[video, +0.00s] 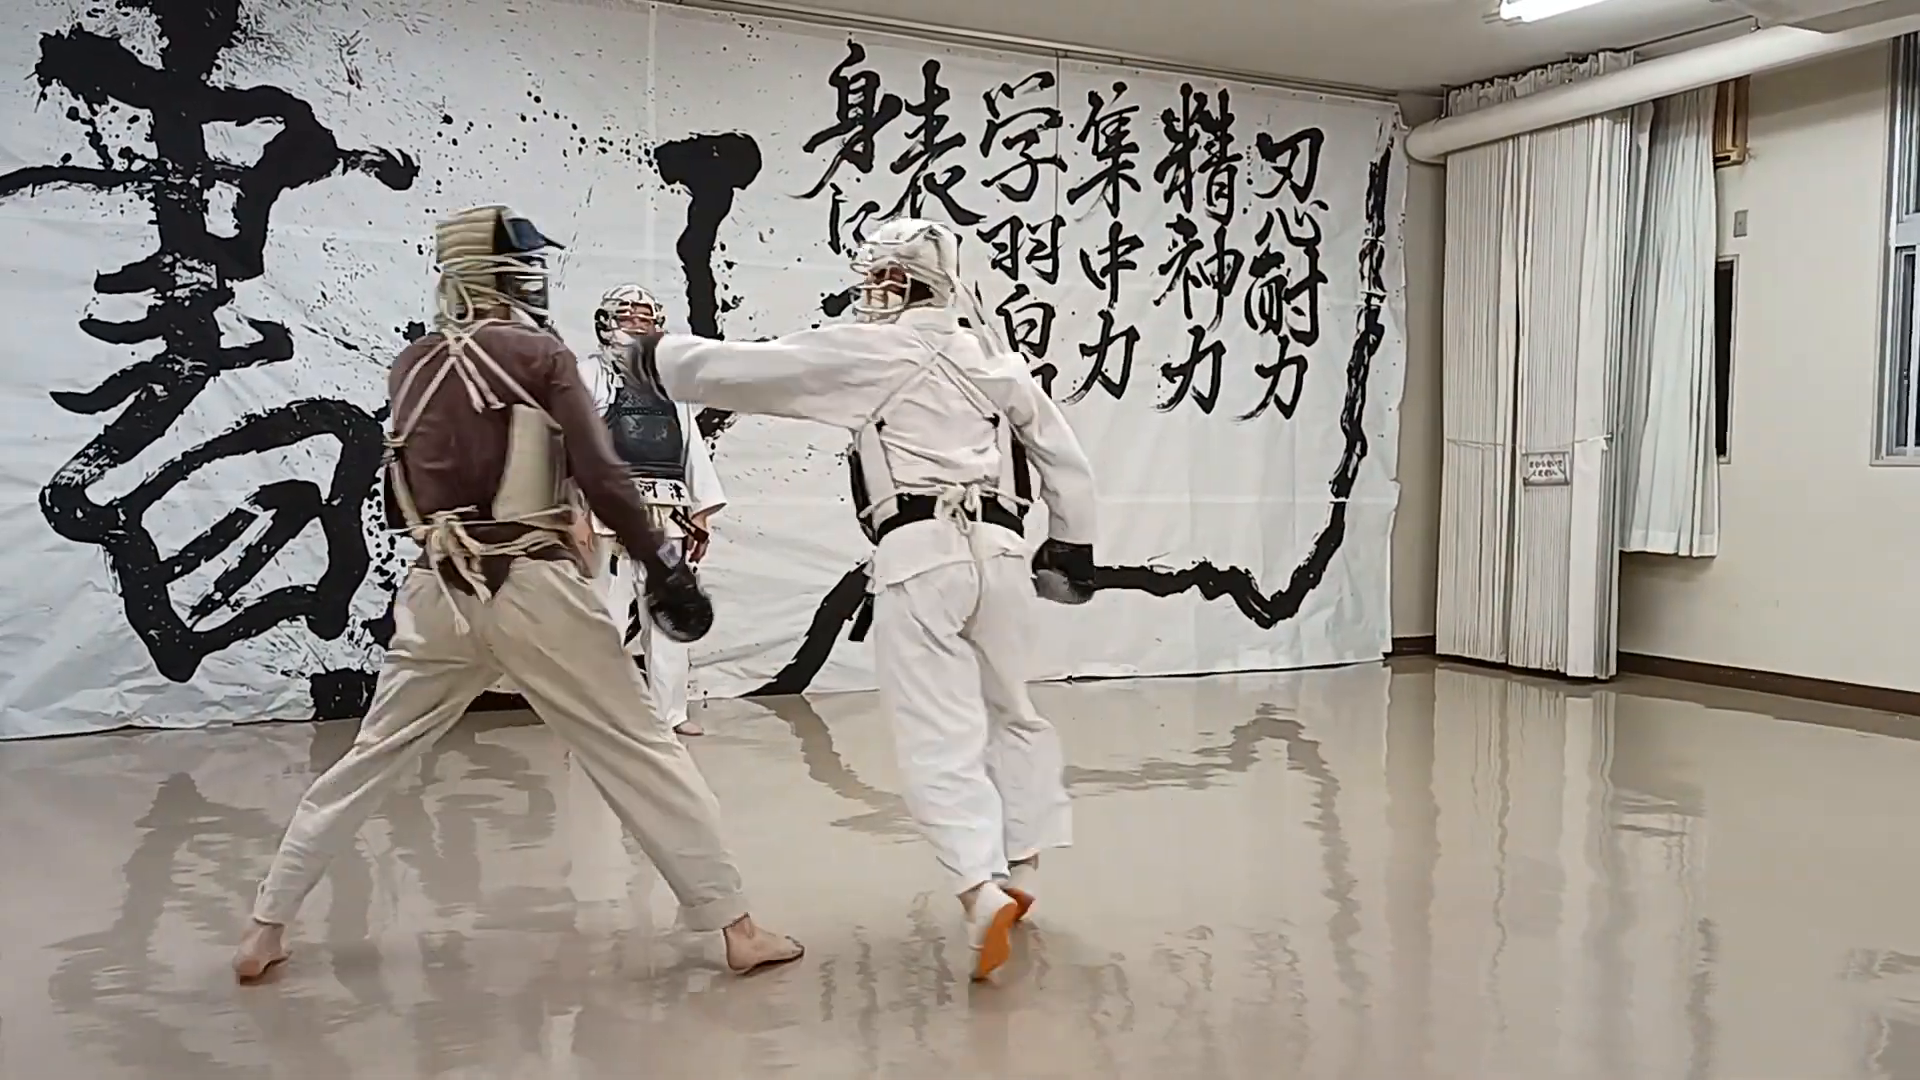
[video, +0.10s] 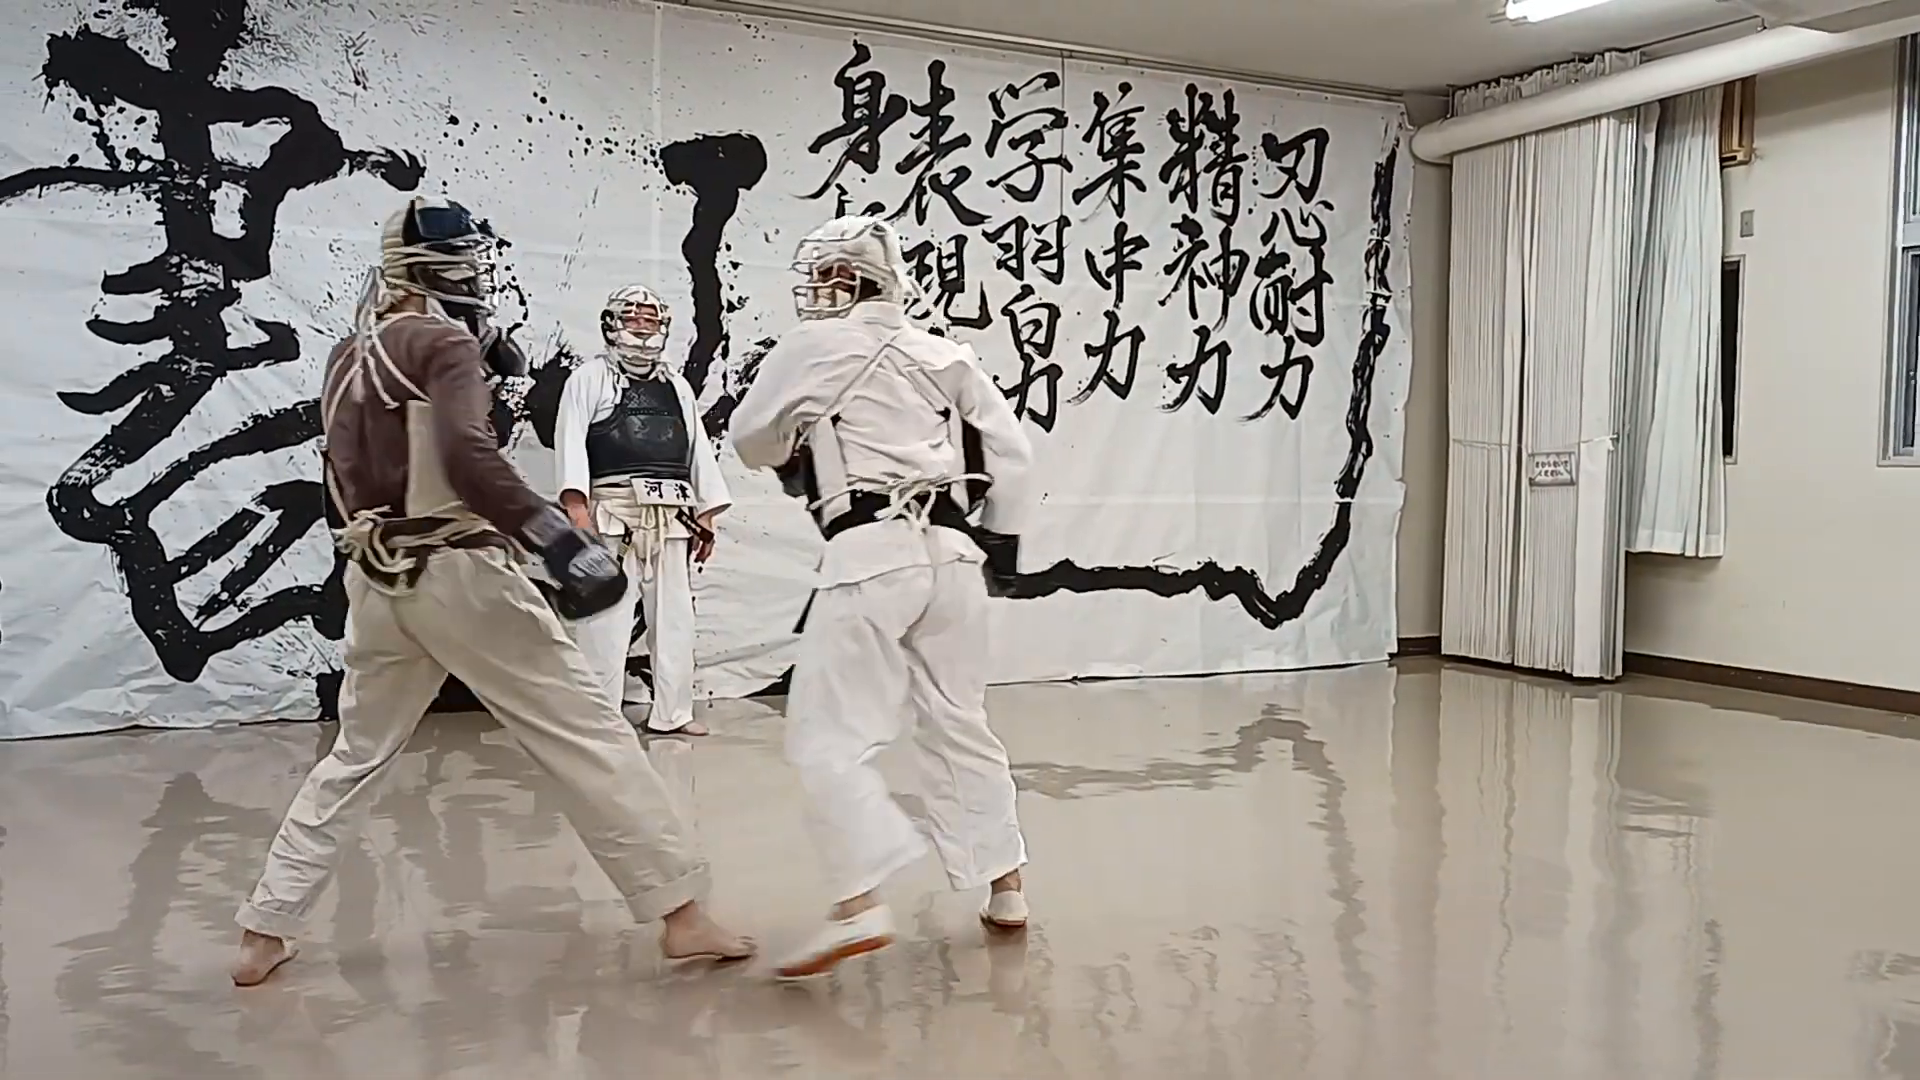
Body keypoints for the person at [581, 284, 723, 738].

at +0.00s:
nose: (636, 320)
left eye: (645, 313)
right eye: (627, 312)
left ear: (659, 324)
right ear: (606, 321)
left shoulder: (670, 375)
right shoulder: (590, 372)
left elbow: (693, 447)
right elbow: (576, 443)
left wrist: (701, 513)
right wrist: (579, 516)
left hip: (668, 513)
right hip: (608, 511)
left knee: (670, 620)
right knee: (605, 620)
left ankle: (672, 713)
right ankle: (592, 711)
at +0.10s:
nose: (640, 322)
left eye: (649, 316)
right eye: (631, 315)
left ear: (660, 324)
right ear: (614, 322)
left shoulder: (676, 382)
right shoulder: (590, 375)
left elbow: (698, 449)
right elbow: (570, 445)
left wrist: (706, 514)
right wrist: (577, 512)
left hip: (672, 512)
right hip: (608, 512)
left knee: (674, 618)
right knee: (604, 618)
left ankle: (672, 714)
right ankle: (600, 717)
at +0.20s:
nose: (645, 323)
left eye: (654, 317)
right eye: (636, 316)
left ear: (665, 325)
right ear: (618, 322)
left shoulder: (680, 381)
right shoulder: (594, 375)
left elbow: (705, 447)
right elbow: (574, 445)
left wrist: (713, 513)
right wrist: (581, 514)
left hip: (676, 514)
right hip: (614, 512)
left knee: (678, 619)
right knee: (606, 620)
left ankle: (675, 715)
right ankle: (600, 720)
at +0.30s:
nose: (658, 319)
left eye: (665, 313)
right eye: (648, 311)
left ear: (677, 322)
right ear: (629, 318)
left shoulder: (693, 377)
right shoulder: (606, 371)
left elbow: (706, 452)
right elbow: (583, 440)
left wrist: (714, 518)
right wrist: (590, 511)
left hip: (685, 513)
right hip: (623, 509)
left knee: (689, 621)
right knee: (616, 622)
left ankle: (691, 718)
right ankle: (606, 720)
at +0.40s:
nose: (670, 330)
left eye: (679, 323)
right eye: (659, 321)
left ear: (692, 329)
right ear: (639, 326)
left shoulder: (705, 384)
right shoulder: (616, 377)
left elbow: (725, 447)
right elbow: (597, 445)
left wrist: (731, 509)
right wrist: (603, 512)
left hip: (698, 517)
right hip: (637, 515)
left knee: (701, 625)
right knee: (629, 627)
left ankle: (715, 720)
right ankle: (620, 721)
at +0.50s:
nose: (683, 327)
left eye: (692, 321)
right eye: (674, 319)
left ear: (706, 330)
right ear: (655, 324)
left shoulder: (721, 385)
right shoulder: (632, 377)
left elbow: (736, 450)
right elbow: (614, 446)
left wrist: (739, 513)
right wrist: (619, 513)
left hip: (712, 517)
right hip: (651, 516)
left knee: (715, 625)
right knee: (643, 626)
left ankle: (728, 720)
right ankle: (635, 721)